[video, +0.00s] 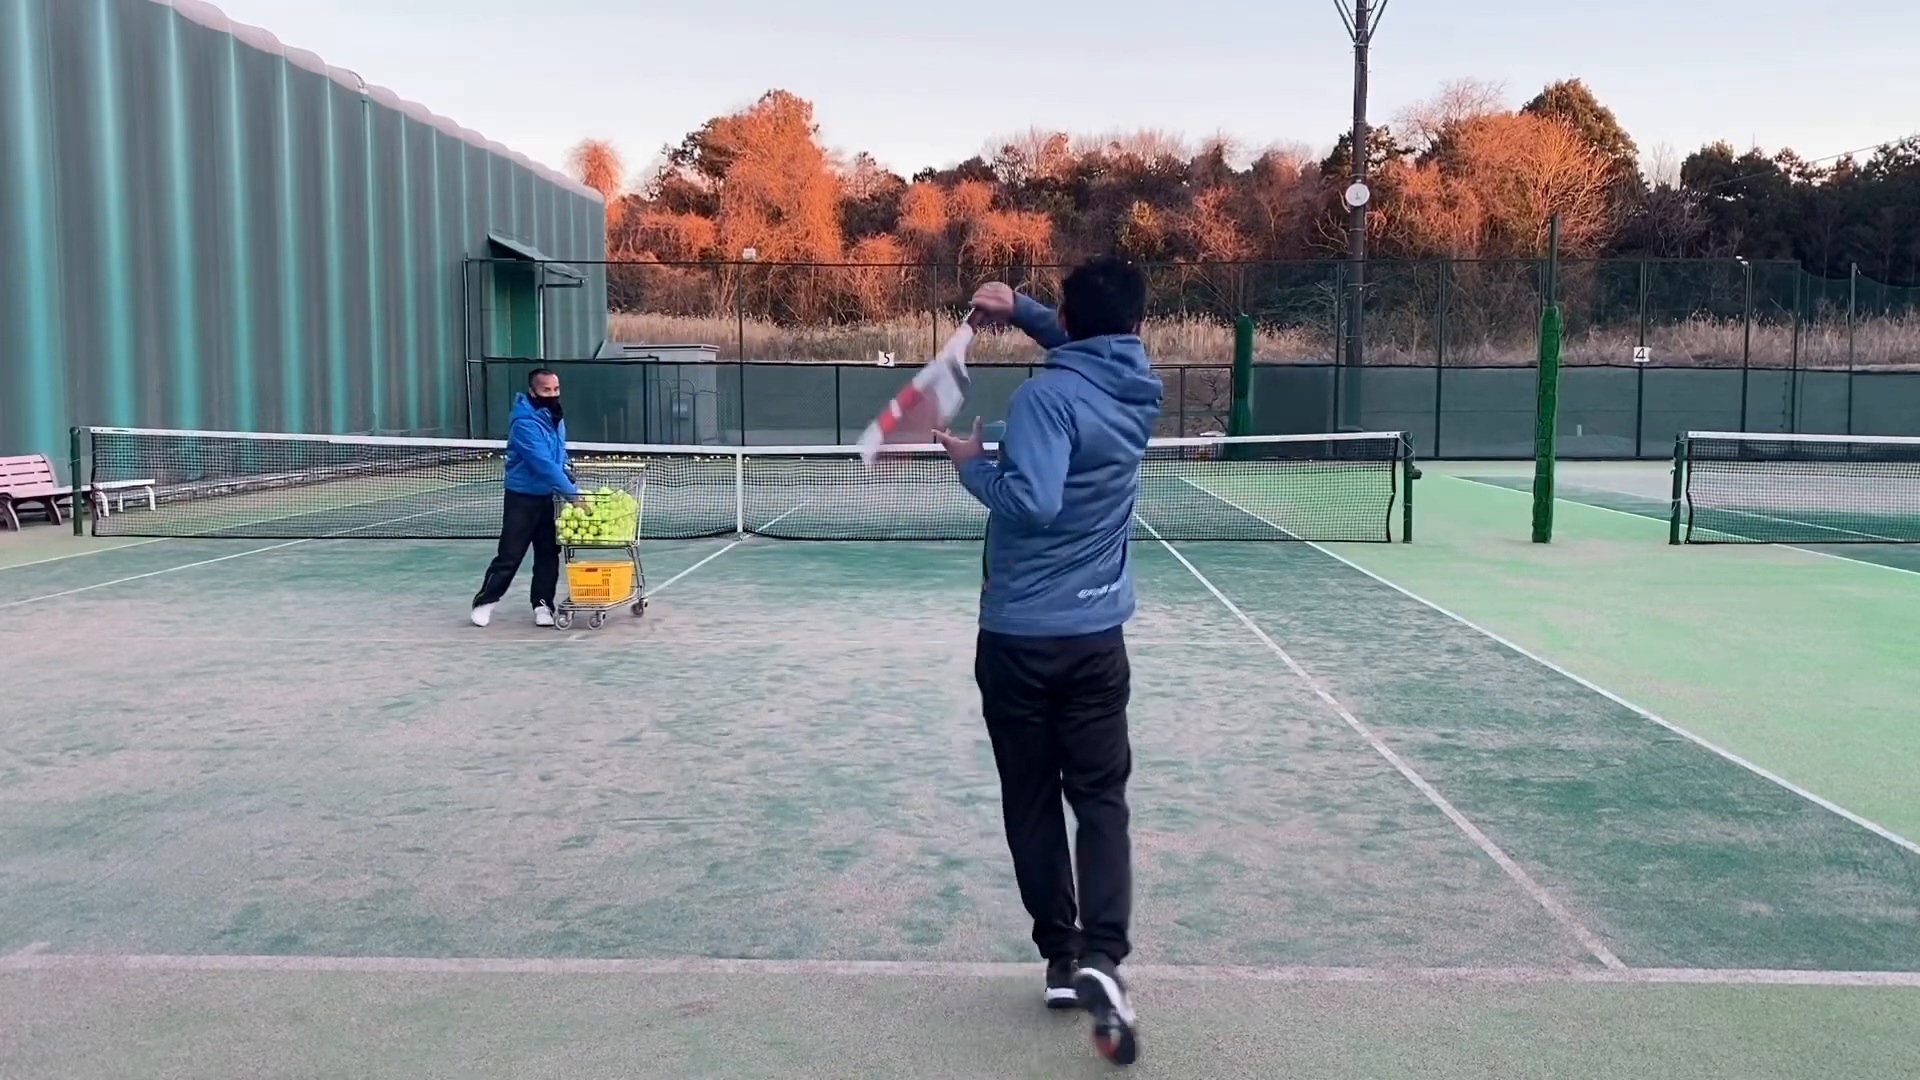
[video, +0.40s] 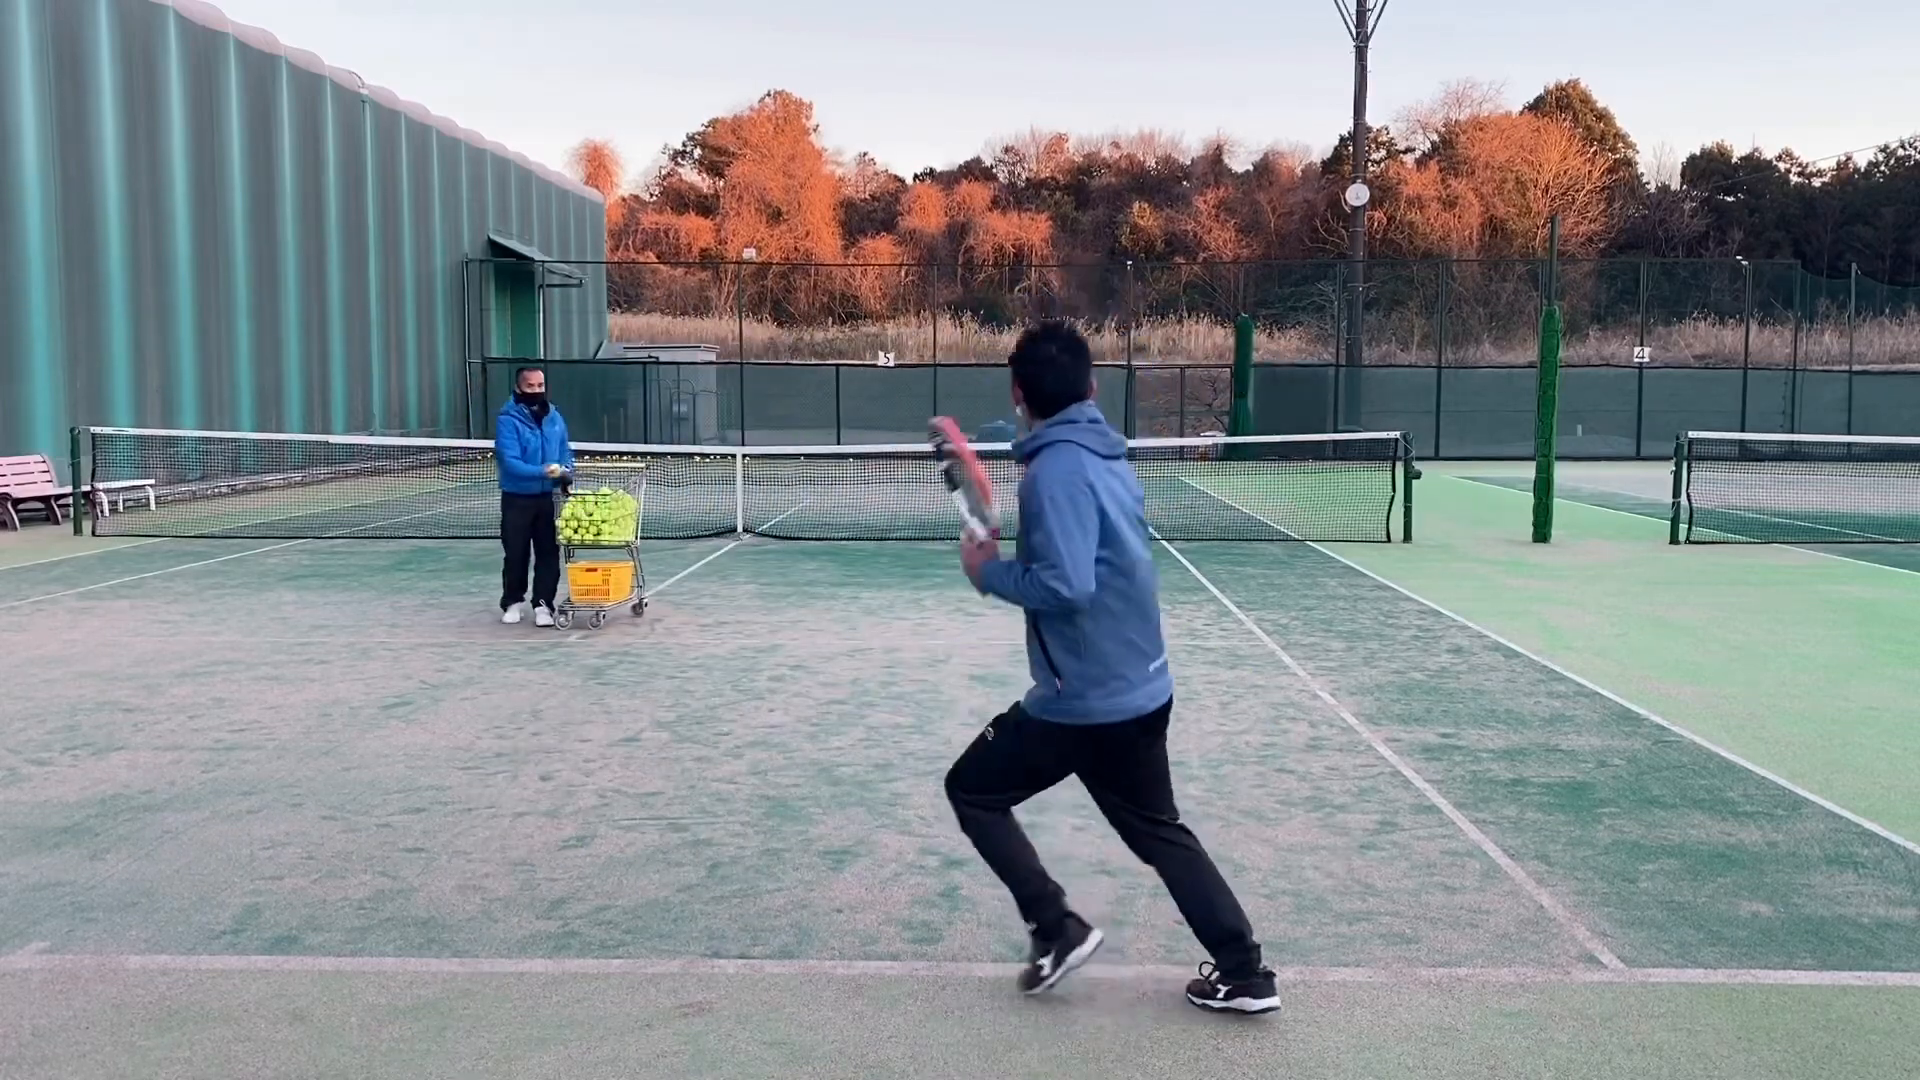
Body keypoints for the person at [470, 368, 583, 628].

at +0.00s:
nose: (553, 393)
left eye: (556, 389)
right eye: (547, 389)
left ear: (558, 389)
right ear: (533, 391)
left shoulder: (554, 416)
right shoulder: (524, 422)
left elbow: (559, 449)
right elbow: (542, 463)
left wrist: (564, 466)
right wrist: (572, 494)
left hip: (547, 494)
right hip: (521, 495)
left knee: (548, 553)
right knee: (510, 554)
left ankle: (542, 605)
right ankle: (485, 603)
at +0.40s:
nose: (537, 390)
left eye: (540, 385)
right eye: (531, 386)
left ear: (545, 386)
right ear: (519, 388)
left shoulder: (554, 416)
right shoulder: (508, 419)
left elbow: (566, 452)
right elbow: (509, 464)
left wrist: (566, 471)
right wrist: (543, 471)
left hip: (547, 496)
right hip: (517, 497)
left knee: (548, 553)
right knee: (516, 553)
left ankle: (543, 605)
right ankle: (513, 603)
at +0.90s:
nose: (503, 392)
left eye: (507, 387)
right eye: (497, 388)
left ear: (515, 387)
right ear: (490, 390)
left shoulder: (534, 413)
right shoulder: (485, 422)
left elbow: (561, 445)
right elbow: (479, 463)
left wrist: (563, 472)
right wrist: (483, 499)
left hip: (534, 494)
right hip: (502, 496)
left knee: (537, 550)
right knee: (505, 553)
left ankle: (540, 604)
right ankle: (511, 604)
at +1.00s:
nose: (498, 393)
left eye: (503, 387)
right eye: (493, 389)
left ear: (511, 388)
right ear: (486, 391)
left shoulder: (531, 412)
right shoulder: (482, 423)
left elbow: (560, 443)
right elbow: (477, 465)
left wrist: (562, 472)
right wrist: (479, 503)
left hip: (533, 494)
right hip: (501, 497)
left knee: (535, 550)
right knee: (505, 553)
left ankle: (538, 603)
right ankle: (512, 604)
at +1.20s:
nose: (493, 397)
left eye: (498, 391)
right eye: (488, 393)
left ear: (507, 391)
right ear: (482, 396)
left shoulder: (527, 412)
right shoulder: (480, 424)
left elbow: (559, 441)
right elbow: (477, 462)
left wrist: (564, 476)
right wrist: (481, 495)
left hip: (533, 493)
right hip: (502, 496)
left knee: (535, 550)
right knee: (505, 552)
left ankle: (538, 602)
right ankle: (511, 604)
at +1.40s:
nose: (495, 401)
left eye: (498, 395)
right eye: (490, 398)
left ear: (507, 393)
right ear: (483, 400)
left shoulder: (525, 413)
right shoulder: (481, 424)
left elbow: (539, 443)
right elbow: (482, 455)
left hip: (535, 490)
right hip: (503, 494)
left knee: (540, 549)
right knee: (507, 554)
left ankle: (542, 600)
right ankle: (511, 604)